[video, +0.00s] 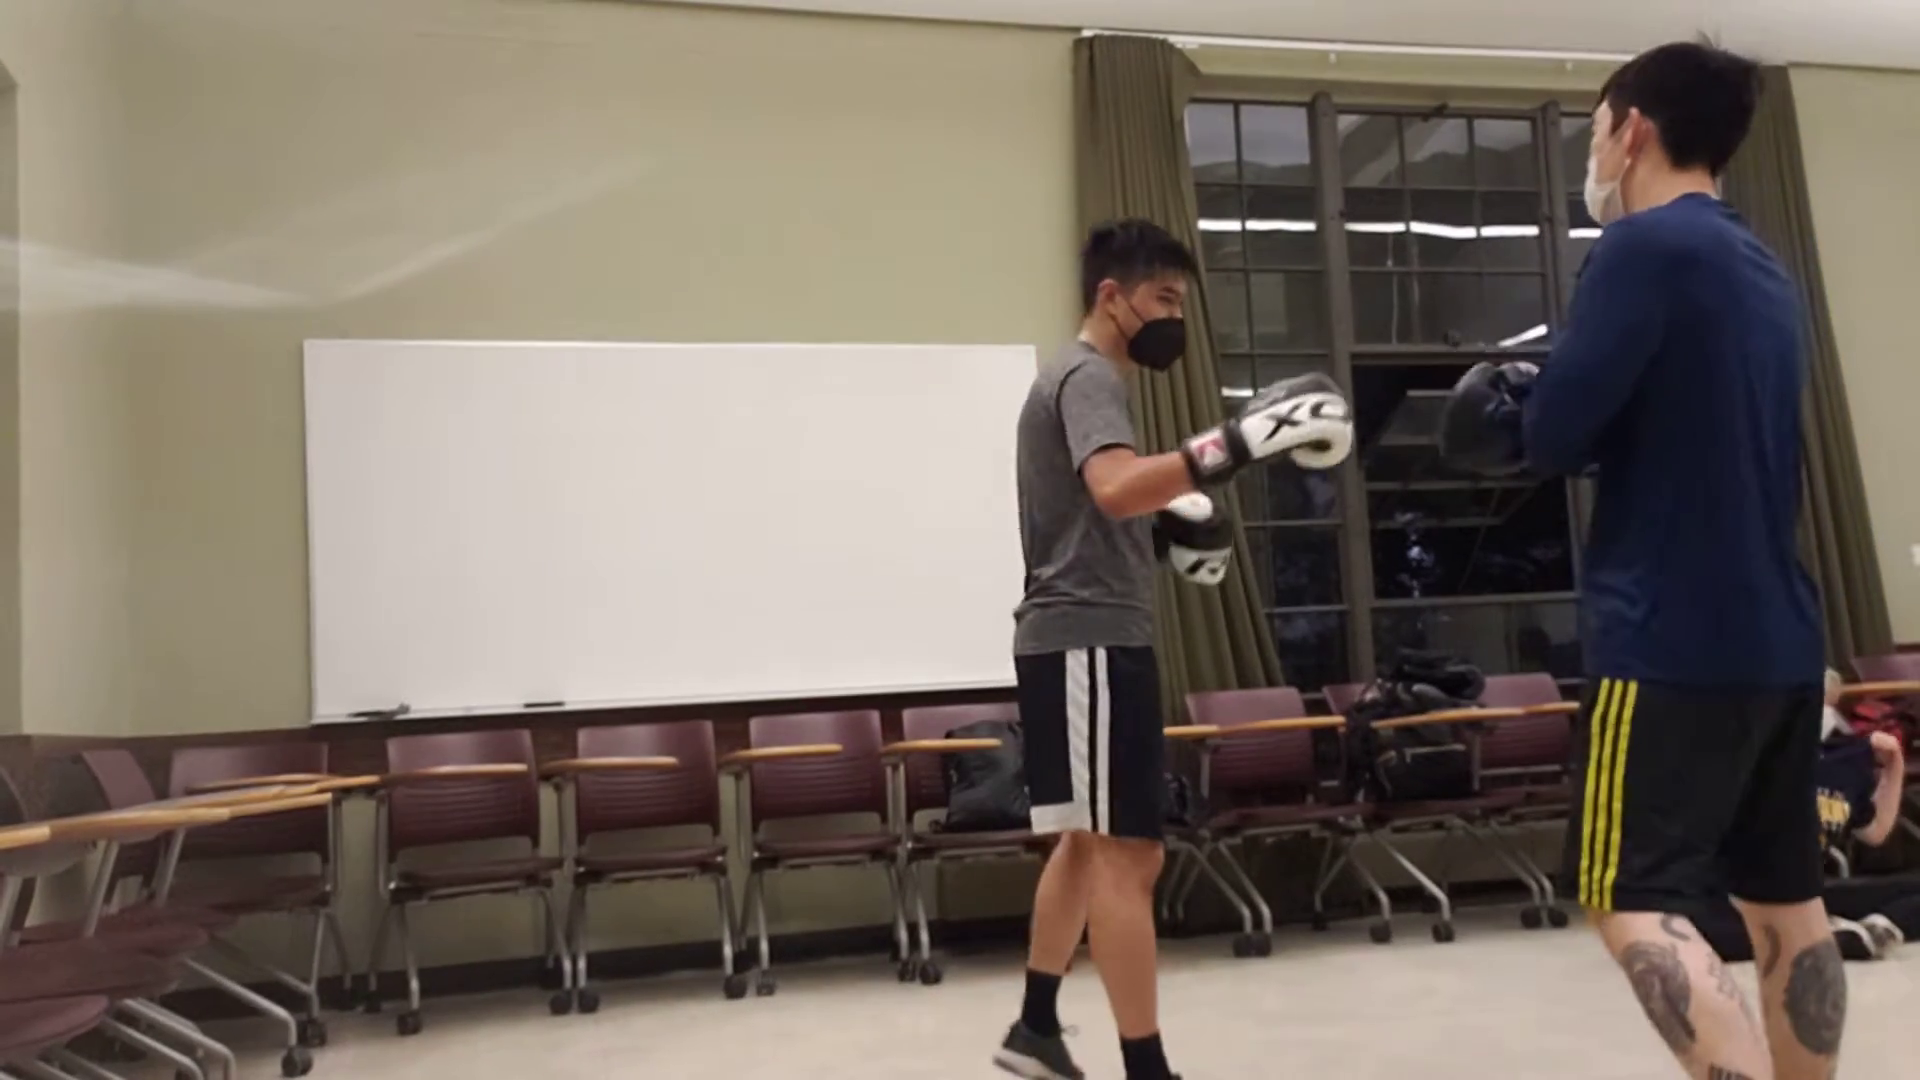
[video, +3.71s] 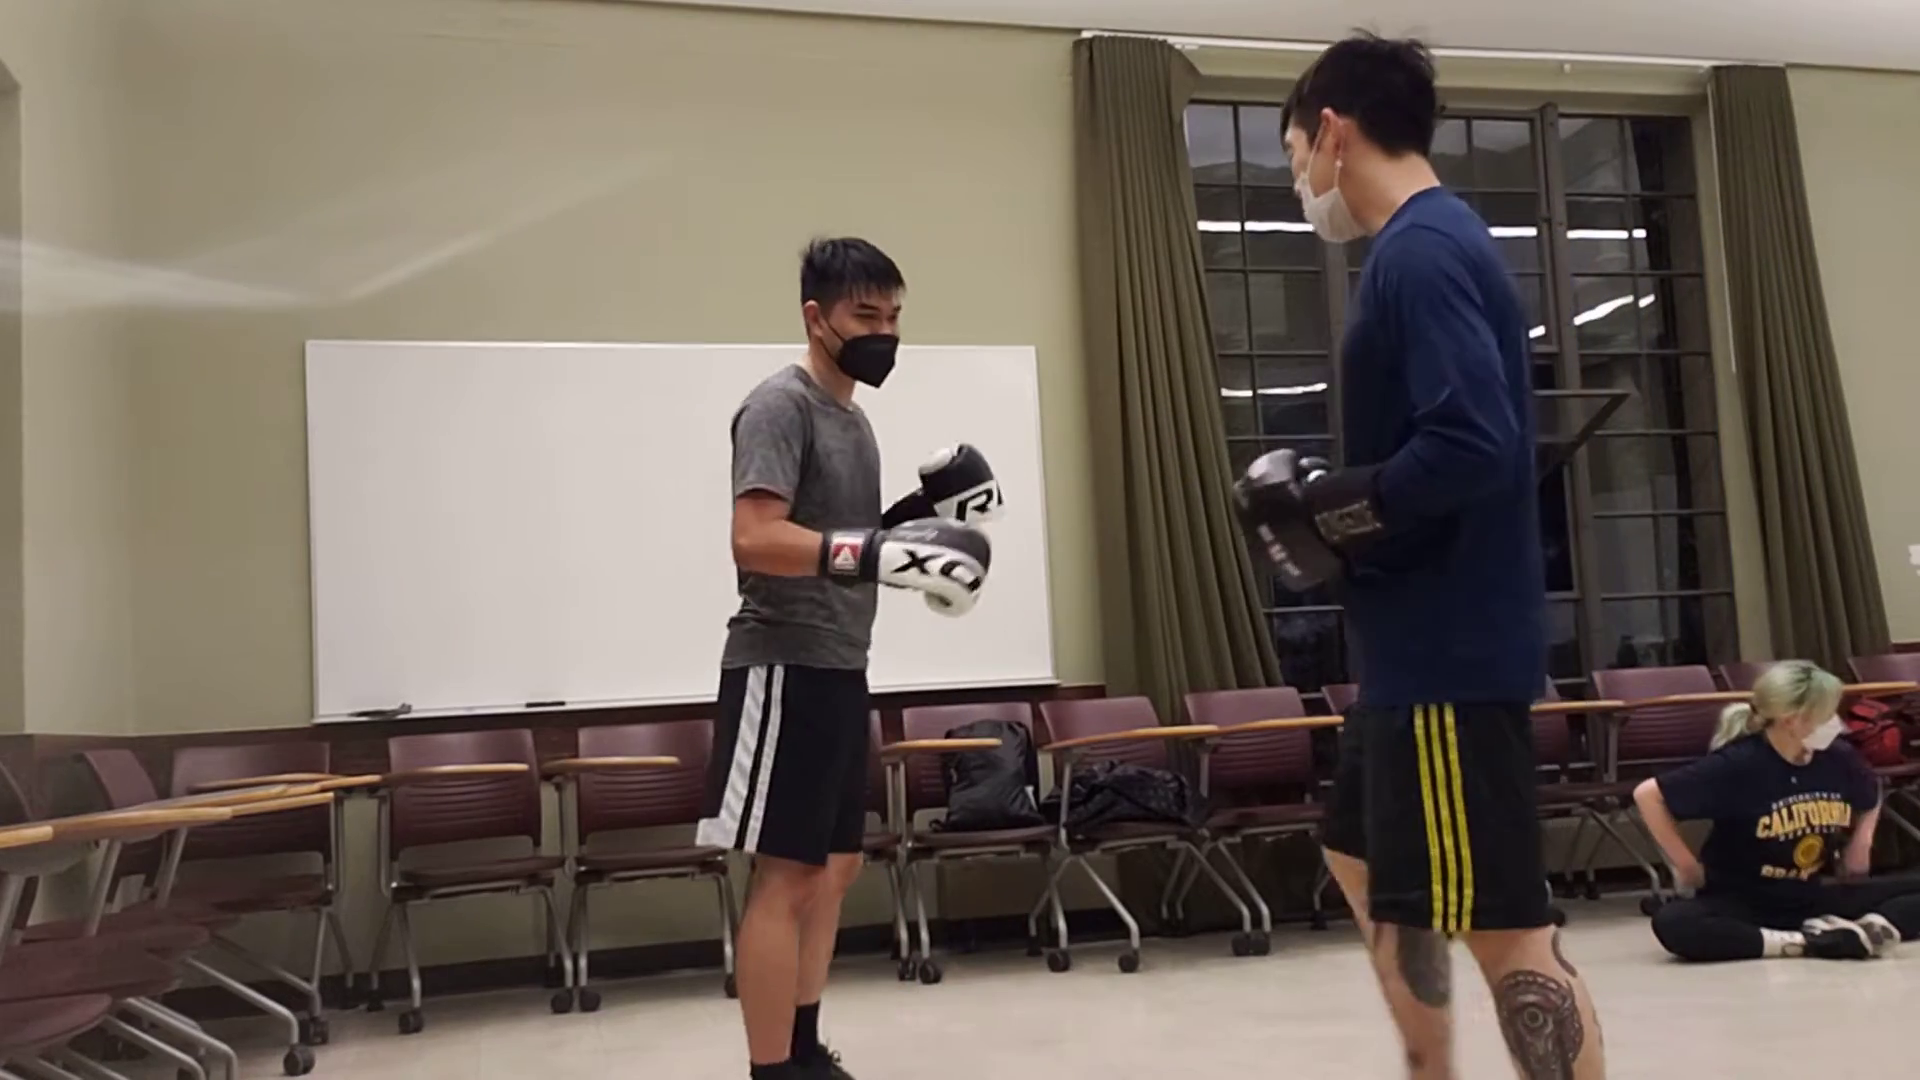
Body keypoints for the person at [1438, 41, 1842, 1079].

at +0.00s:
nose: (1591, 157)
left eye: (1597, 132)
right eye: (1596, 134)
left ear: (1636, 131)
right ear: (1707, 145)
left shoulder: (1642, 250)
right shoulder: (1766, 268)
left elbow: (1553, 431)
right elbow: (1711, 432)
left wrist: (1511, 391)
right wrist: (1557, 385)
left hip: (1670, 643)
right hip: (1778, 639)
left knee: (1631, 904)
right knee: (1782, 894)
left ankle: (1746, 1069)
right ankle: (1804, 1078)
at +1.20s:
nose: (1621, 140)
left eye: (1627, 110)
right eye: (1618, 116)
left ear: (1688, 98)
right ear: (1709, 106)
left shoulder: (1763, 217)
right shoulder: (1735, 228)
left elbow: (1712, 416)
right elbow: (1696, 409)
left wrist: (1603, 390)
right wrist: (1601, 396)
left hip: (1752, 632)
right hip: (1721, 633)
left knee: (1788, 920)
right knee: (1767, 919)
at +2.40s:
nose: (1469, 182)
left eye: (1475, 156)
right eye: (1467, 161)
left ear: (1527, 143)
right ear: (1546, 148)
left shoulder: (1613, 250)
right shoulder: (1567, 268)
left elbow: (1618, 427)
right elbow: (1552, 423)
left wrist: (1498, 478)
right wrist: (1465, 399)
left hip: (1644, 645)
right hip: (1581, 648)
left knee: (1700, 904)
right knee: (1615, 901)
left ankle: (1825, 1071)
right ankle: (1643, 1077)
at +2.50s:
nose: (1445, 195)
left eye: (1451, 169)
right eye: (1442, 176)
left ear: (1503, 154)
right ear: (1519, 161)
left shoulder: (1597, 256)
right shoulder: (1542, 287)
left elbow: (1619, 427)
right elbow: (1460, 433)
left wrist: (1499, 486)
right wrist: (1330, 395)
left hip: (1631, 637)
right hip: (1572, 640)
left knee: (1651, 891)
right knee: (1605, 893)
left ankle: (1799, 1072)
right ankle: (1646, 1076)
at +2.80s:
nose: (1399, 211)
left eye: (1403, 185)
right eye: (1394, 192)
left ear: (1456, 166)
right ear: (1470, 173)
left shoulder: (1562, 267)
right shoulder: (1507, 293)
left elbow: (1617, 439)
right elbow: (1503, 472)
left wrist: (1472, 487)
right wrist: (1333, 501)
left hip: (1598, 636)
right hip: (1553, 638)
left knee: (1591, 897)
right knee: (1595, 897)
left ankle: (1633, 1075)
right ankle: (1638, 1073)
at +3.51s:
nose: (1342, 180)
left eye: (1337, 152)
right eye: (1335, 157)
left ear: (1376, 129)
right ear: (1424, 127)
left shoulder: (1461, 254)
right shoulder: (1475, 242)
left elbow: (1491, 448)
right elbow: (1476, 443)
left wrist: (1356, 485)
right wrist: (1355, 465)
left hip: (1479, 656)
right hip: (1451, 652)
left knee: (1510, 936)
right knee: (1451, 922)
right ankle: (1546, 1076)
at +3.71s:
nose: (1300, 181)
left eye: (1296, 152)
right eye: (1296, 157)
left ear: (1333, 134)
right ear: (1396, 133)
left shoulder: (1418, 251)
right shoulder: (1444, 240)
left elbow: (1476, 444)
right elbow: (1465, 445)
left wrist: (1337, 513)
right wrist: (1334, 493)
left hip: (1450, 655)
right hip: (1420, 649)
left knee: (1505, 927)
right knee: (1359, 859)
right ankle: (1432, 1073)